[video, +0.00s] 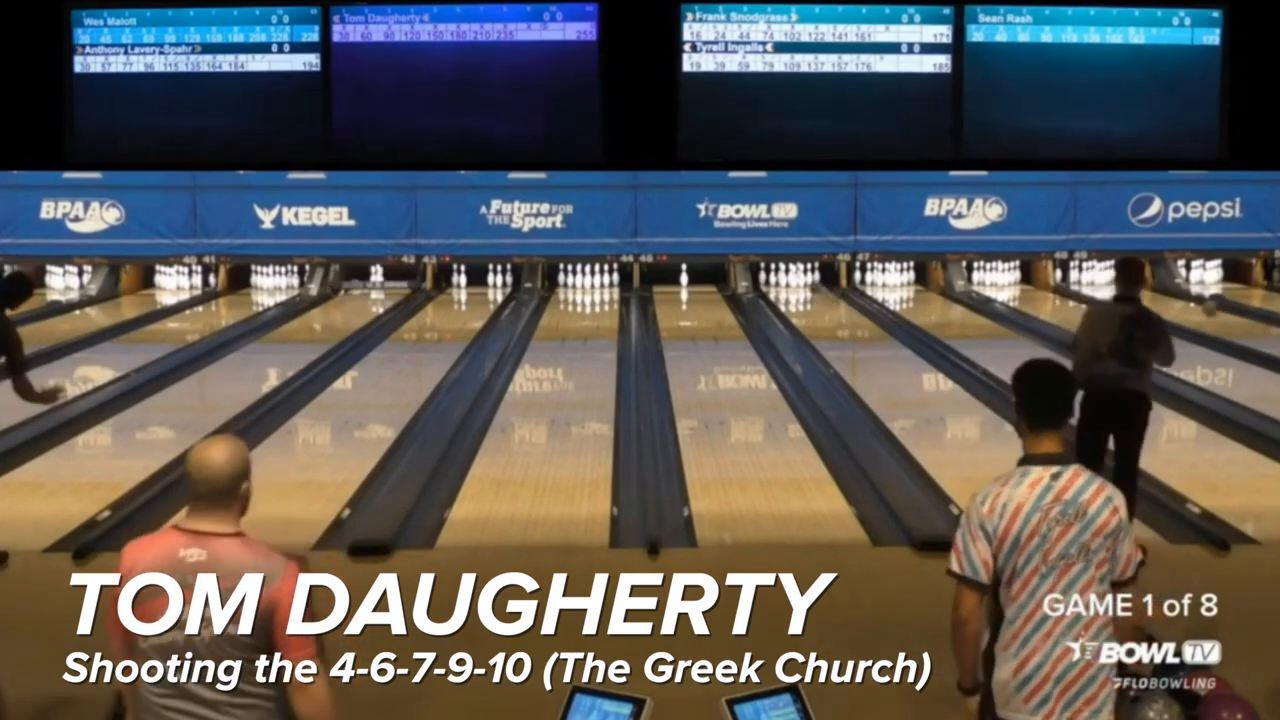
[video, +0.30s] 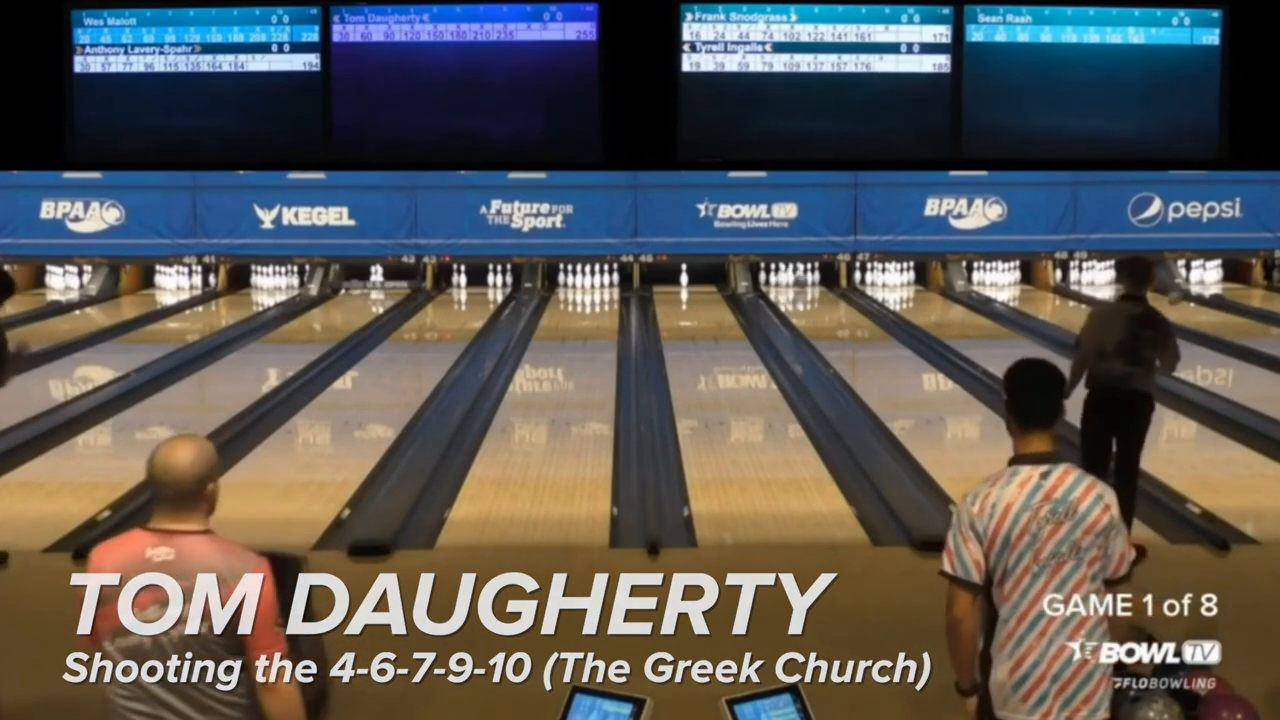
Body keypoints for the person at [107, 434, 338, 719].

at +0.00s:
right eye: (250, 482)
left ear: (188, 485)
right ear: (245, 492)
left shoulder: (136, 557)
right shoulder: (279, 573)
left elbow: (124, 665)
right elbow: (305, 685)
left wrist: (134, 713)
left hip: (157, 712)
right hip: (248, 713)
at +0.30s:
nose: (217, 489)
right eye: (217, 483)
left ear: (151, 486)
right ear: (211, 492)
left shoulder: (105, 559)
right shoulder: (249, 569)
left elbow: (91, 657)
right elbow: (274, 683)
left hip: (133, 712)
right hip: (223, 712)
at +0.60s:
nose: (190, 490)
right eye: (189, 482)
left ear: (121, 493)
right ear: (183, 492)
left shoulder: (79, 569)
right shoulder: (225, 567)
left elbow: (67, 685)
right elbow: (259, 681)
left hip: (108, 713)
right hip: (202, 713)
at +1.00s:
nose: (220, 493)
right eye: (219, 486)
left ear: (149, 495)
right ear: (213, 496)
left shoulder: (99, 575)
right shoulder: (259, 573)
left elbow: (70, 687)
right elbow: (294, 681)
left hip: (134, 711)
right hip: (234, 712)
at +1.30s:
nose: (247, 503)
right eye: (247, 497)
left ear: (178, 503)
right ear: (240, 505)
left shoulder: (127, 582)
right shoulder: (285, 581)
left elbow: (107, 701)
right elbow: (324, 689)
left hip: (159, 711)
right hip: (257, 711)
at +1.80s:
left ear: (190, 506)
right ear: (256, 510)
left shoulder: (138, 576)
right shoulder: (292, 593)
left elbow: (122, 682)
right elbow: (321, 705)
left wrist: (127, 716)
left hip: (158, 714)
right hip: (257, 714)